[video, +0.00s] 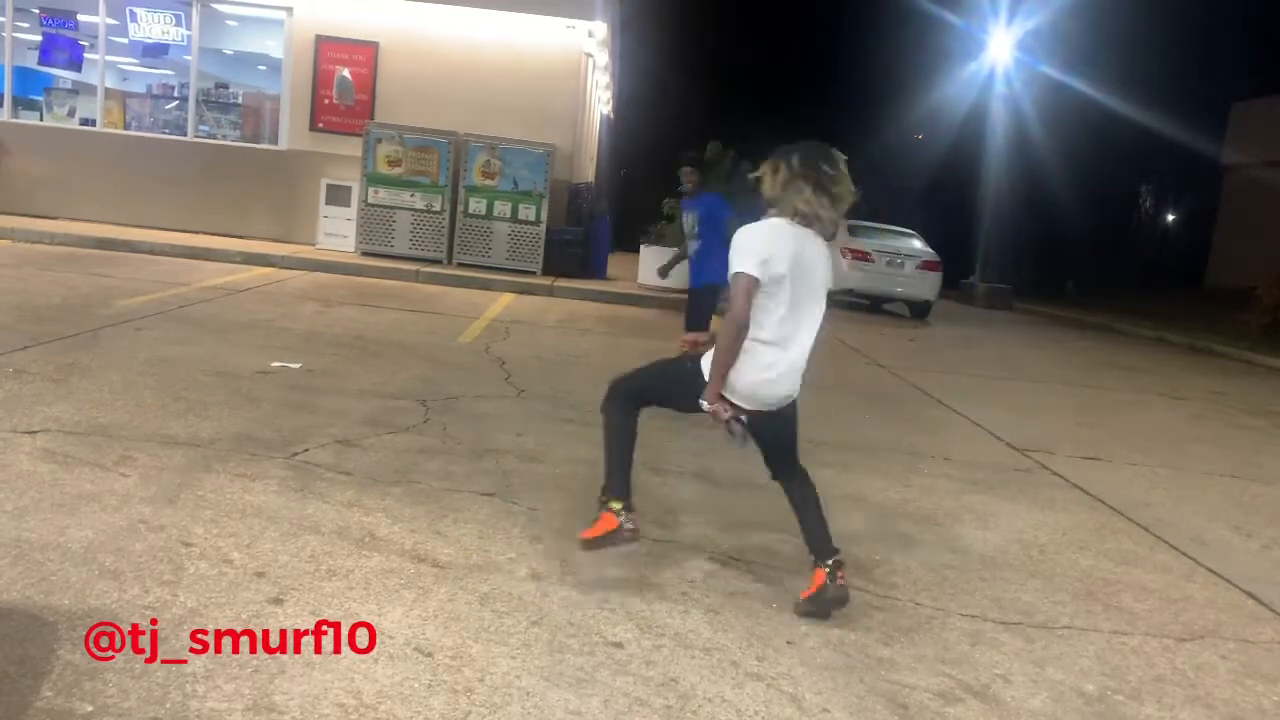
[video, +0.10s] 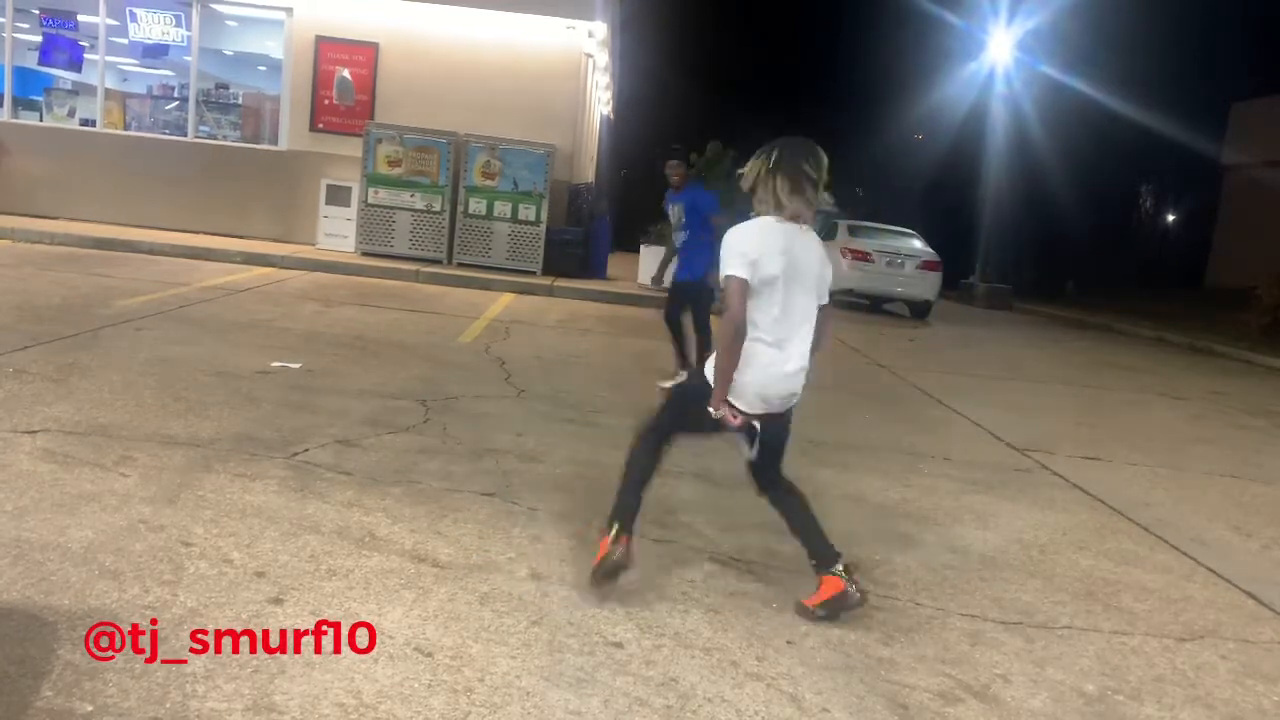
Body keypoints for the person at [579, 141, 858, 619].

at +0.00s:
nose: (765, 184)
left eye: (771, 178)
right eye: (769, 177)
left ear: (779, 183)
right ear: (826, 194)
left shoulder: (755, 236)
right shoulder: (820, 251)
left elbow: (739, 317)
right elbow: (790, 324)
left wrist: (716, 387)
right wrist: (715, 339)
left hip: (726, 376)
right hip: (778, 390)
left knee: (622, 393)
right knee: (789, 470)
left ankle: (616, 508)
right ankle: (829, 568)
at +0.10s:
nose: (751, 187)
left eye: (755, 181)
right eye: (757, 182)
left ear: (762, 183)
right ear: (811, 190)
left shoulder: (745, 237)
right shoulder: (819, 249)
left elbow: (735, 320)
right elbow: (821, 332)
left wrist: (720, 395)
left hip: (732, 385)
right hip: (784, 393)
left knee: (655, 430)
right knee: (769, 476)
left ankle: (619, 532)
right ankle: (834, 573)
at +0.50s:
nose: (756, 205)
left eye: (760, 198)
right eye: (759, 198)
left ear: (767, 203)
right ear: (820, 202)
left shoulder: (746, 259)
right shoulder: (840, 242)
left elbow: (708, 332)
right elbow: (891, 300)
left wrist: (725, 408)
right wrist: (863, 375)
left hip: (757, 401)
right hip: (813, 404)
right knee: (771, 490)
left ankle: (672, 523)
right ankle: (850, 584)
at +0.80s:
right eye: (809, 186)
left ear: (752, 184)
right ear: (806, 188)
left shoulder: (715, 234)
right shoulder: (813, 242)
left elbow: (673, 298)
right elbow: (828, 309)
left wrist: (675, 377)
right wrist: (804, 387)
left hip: (713, 395)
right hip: (773, 398)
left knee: (733, 493)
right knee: (785, 481)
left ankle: (689, 589)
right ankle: (788, 566)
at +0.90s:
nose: (735, 171)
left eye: (739, 164)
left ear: (743, 171)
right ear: (796, 176)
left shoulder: (709, 219)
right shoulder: (803, 225)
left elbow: (650, 270)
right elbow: (821, 286)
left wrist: (657, 349)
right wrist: (798, 363)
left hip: (695, 386)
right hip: (758, 390)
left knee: (681, 476)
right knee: (776, 484)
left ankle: (686, 581)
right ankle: (787, 594)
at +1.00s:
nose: (719, 166)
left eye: (724, 158)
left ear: (729, 164)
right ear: (784, 168)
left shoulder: (698, 211)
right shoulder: (793, 213)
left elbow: (636, 240)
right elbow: (811, 262)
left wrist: (645, 322)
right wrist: (789, 340)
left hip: (681, 380)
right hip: (751, 388)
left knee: (619, 447)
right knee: (800, 468)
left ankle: (629, 556)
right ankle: (818, 584)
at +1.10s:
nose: (704, 168)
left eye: (706, 160)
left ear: (711, 165)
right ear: (767, 168)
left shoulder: (684, 212)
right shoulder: (776, 214)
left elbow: (633, 251)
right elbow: (790, 273)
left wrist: (638, 335)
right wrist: (772, 351)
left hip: (664, 383)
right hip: (734, 393)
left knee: (614, 461)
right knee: (768, 476)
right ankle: (809, 585)